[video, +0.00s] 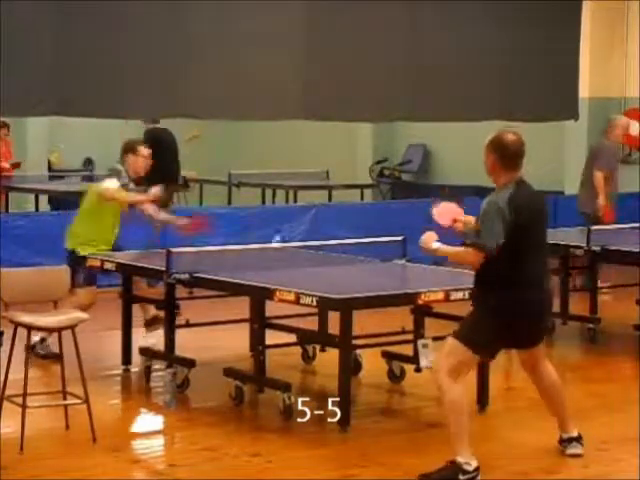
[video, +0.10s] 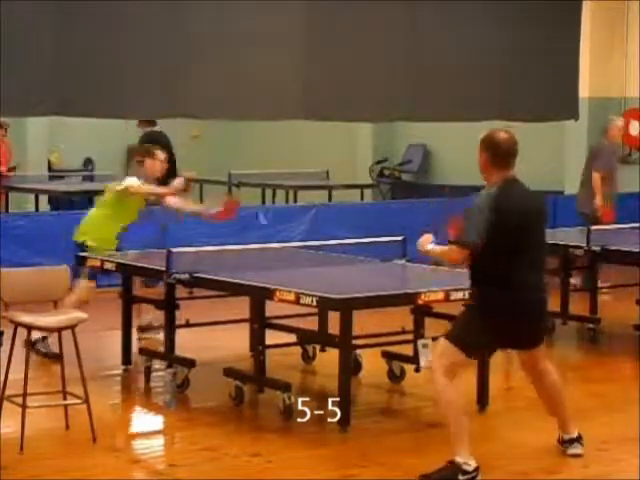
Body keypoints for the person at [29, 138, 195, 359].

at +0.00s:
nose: (147, 164)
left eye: (148, 159)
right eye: (143, 158)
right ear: (128, 158)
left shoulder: (126, 186)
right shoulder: (110, 180)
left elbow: (149, 210)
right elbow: (115, 195)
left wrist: (175, 220)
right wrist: (147, 196)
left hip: (104, 245)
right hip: (83, 246)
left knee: (137, 271)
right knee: (84, 297)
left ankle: (149, 315)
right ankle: (41, 337)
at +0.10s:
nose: (164, 167)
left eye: (166, 162)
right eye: (160, 161)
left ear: (161, 164)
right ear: (143, 160)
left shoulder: (151, 190)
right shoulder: (129, 182)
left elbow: (177, 203)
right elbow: (137, 189)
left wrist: (209, 210)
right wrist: (171, 188)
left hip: (110, 243)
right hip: (89, 241)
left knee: (144, 274)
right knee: (82, 293)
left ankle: (145, 323)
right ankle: (42, 336)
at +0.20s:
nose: (189, 172)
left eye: (189, 167)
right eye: (184, 166)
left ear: (179, 168)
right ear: (170, 168)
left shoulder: (179, 191)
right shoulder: (151, 179)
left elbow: (209, 194)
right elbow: (160, 186)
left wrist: (243, 196)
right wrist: (195, 180)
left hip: (128, 241)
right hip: (108, 232)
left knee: (152, 281)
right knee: (92, 277)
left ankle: (149, 325)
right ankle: (61, 312)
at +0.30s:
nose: (197, 168)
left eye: (197, 163)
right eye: (192, 163)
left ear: (190, 165)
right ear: (178, 164)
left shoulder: (189, 187)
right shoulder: (159, 178)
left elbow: (220, 196)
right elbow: (168, 188)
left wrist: (250, 199)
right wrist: (204, 183)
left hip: (143, 237)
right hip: (121, 229)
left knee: (156, 280)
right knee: (105, 272)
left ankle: (150, 319)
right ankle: (75, 305)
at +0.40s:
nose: (202, 156)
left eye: (203, 151)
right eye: (197, 151)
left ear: (202, 155)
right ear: (184, 154)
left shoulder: (196, 181)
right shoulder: (169, 169)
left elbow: (219, 204)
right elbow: (174, 199)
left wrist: (245, 221)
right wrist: (206, 204)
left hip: (162, 230)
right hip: (138, 223)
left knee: (170, 271)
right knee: (124, 270)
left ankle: (159, 307)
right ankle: (96, 318)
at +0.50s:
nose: (207, 156)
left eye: (208, 152)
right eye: (203, 152)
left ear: (206, 155)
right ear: (189, 154)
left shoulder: (201, 180)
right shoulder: (175, 171)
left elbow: (212, 209)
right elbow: (176, 206)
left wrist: (228, 232)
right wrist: (204, 221)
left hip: (173, 229)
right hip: (148, 227)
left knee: (189, 268)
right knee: (129, 276)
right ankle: (102, 322)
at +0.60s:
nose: (213, 163)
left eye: (215, 158)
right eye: (209, 158)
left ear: (215, 161)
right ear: (196, 160)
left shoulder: (206, 184)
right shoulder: (184, 178)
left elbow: (204, 214)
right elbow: (172, 209)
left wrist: (208, 236)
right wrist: (194, 235)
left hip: (183, 240)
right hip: (160, 239)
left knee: (197, 277)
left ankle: (197, 314)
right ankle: (117, 323)